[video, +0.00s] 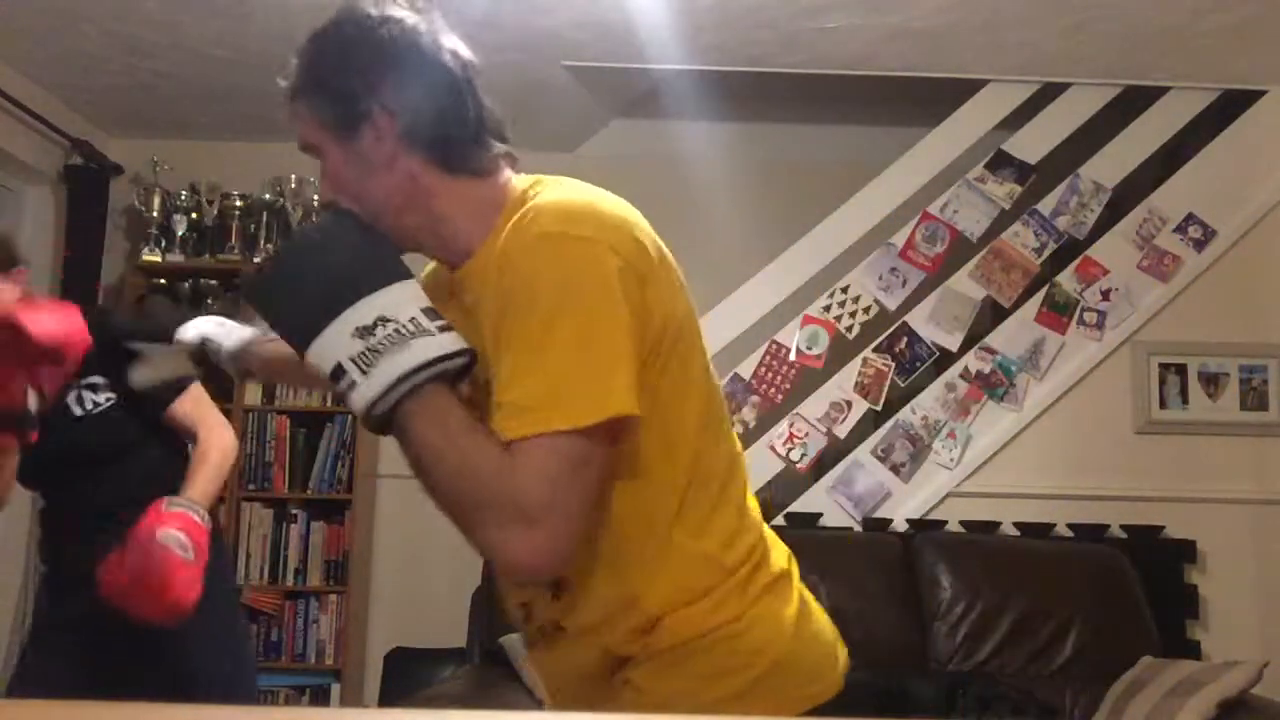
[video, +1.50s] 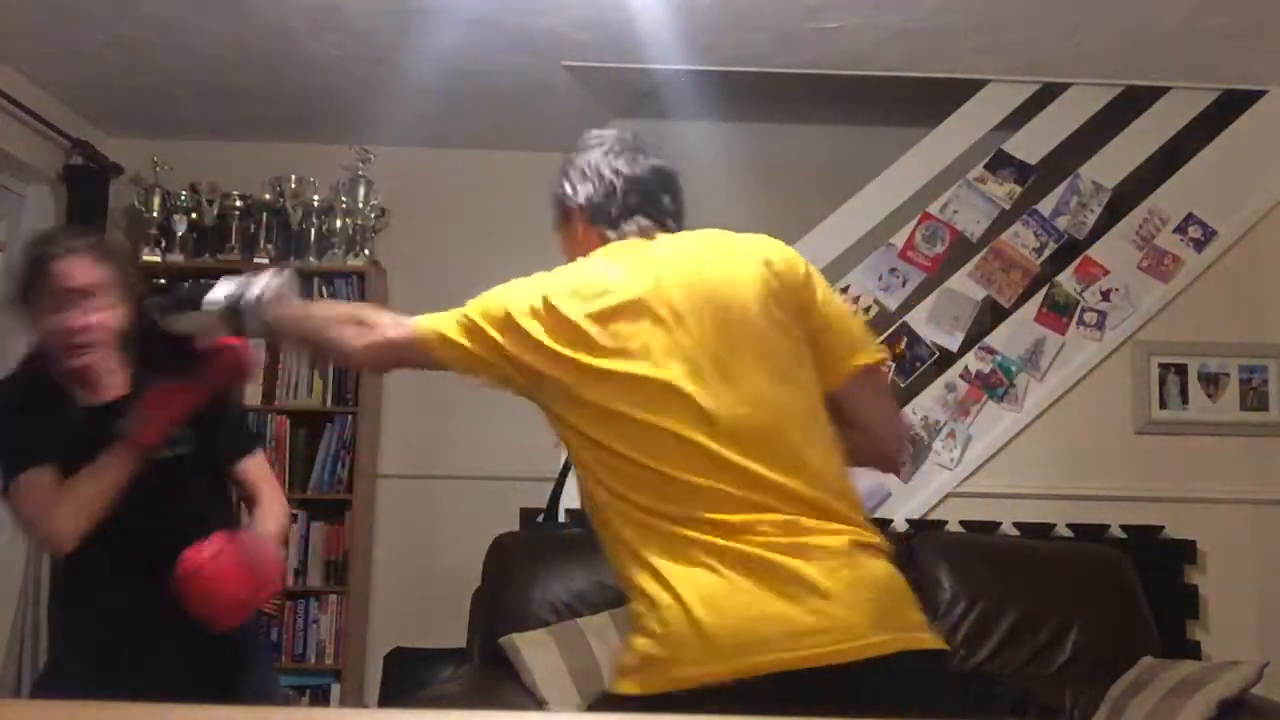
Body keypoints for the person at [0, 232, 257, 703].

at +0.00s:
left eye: (1, 286)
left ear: (19, 280)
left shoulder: (108, 340)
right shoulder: (13, 379)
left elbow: (218, 435)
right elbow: (5, 493)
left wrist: (186, 518)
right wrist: (14, 406)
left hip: (172, 559)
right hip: (72, 578)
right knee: (44, 705)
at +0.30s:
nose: (110, 266)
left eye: (128, 246)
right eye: (90, 245)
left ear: (148, 251)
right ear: (53, 247)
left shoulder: (182, 341)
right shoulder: (19, 345)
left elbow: (222, 438)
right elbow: (5, 495)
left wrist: (229, 474)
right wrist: (55, 426)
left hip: (182, 595)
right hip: (65, 597)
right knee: (33, 709)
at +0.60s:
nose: (219, 301)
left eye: (236, 286)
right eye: (201, 280)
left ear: (250, 289)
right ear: (157, 275)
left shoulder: (256, 356)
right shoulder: (102, 350)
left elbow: (341, 469)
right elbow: (50, 511)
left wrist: (382, 395)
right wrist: (118, 411)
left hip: (226, 633)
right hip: (109, 635)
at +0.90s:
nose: (298, 340)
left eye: (305, 322)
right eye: (291, 317)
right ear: (239, 296)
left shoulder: (254, 400)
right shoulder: (123, 349)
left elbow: (274, 532)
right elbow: (241, 397)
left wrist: (333, 499)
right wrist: (235, 265)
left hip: (192, 641)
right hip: (90, 639)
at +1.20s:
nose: (333, 370)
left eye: (337, 358)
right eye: (327, 353)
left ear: (284, 342)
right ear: (285, 339)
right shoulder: (216, 387)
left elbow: (214, 585)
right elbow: (306, 486)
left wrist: (287, 572)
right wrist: (342, 384)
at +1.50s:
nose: (77, 320)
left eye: (91, 299)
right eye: (59, 304)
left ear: (126, 306)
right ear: (35, 317)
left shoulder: (189, 378)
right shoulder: (22, 404)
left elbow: (270, 499)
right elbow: (57, 527)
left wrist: (254, 553)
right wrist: (138, 438)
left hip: (213, 669)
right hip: (93, 670)